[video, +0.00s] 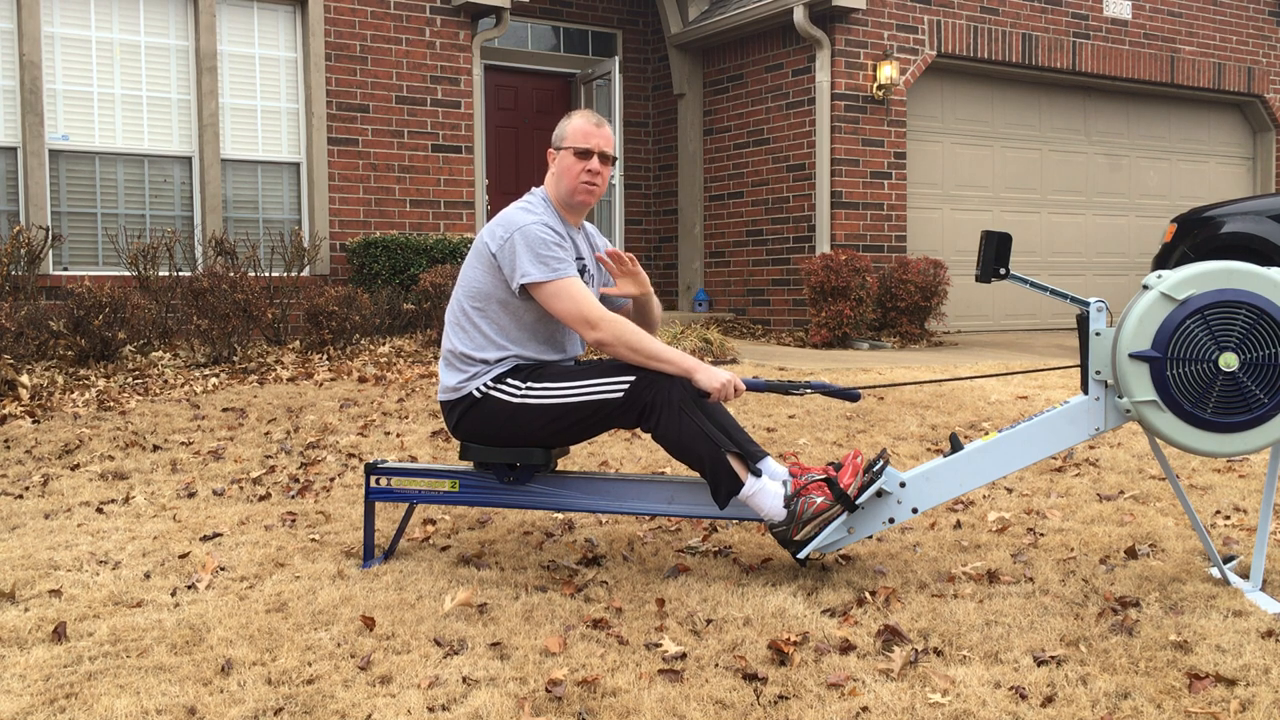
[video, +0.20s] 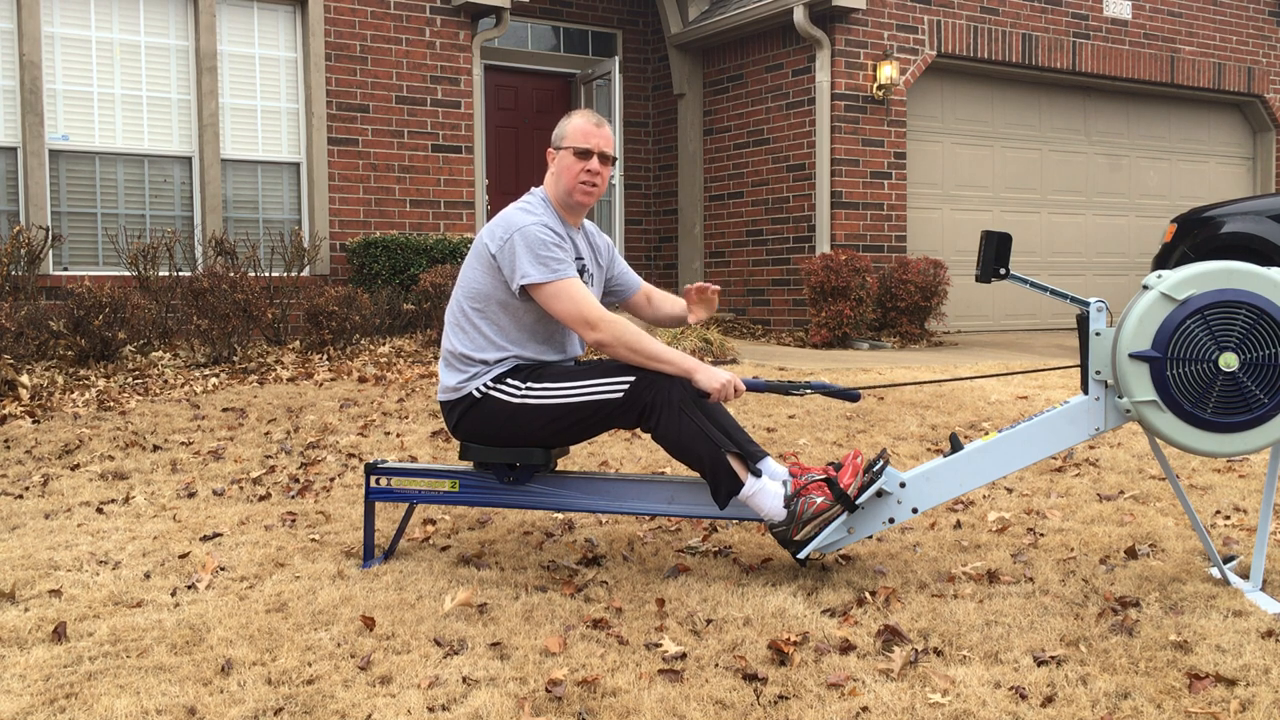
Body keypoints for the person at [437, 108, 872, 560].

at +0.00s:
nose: (595, 169)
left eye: (605, 161)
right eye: (583, 155)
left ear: (612, 172)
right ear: (551, 158)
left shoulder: (588, 238)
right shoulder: (526, 225)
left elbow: (644, 337)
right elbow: (594, 328)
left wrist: (643, 295)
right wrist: (699, 370)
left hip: (539, 376)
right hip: (486, 389)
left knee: (674, 378)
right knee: (650, 388)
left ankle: (786, 484)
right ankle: (776, 509)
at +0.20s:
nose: (595, 169)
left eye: (605, 161)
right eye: (582, 155)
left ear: (611, 171)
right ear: (551, 158)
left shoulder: (589, 237)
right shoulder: (525, 226)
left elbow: (646, 299)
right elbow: (593, 328)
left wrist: (687, 309)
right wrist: (699, 371)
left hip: (539, 377)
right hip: (487, 391)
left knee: (675, 379)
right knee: (650, 388)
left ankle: (786, 484)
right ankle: (776, 509)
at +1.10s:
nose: (595, 167)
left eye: (605, 159)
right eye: (582, 153)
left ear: (611, 171)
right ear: (550, 158)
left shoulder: (587, 238)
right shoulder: (526, 225)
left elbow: (644, 318)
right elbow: (593, 328)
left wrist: (653, 279)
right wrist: (699, 371)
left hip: (539, 376)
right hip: (486, 390)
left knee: (675, 378)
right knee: (650, 388)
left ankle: (786, 483)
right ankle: (775, 510)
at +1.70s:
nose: (595, 168)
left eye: (606, 161)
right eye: (583, 155)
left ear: (612, 173)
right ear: (552, 159)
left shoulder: (592, 237)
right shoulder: (525, 227)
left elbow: (651, 293)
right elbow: (596, 329)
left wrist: (710, 304)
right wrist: (700, 372)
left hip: (539, 376)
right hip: (486, 390)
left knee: (675, 378)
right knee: (650, 388)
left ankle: (785, 484)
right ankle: (776, 509)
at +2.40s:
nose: (592, 168)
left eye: (603, 159)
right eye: (580, 154)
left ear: (610, 171)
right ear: (549, 159)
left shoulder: (592, 236)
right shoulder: (525, 226)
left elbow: (661, 288)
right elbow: (594, 327)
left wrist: (745, 278)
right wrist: (699, 370)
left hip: (541, 376)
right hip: (487, 391)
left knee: (675, 379)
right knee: (651, 388)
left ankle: (788, 485)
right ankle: (776, 510)